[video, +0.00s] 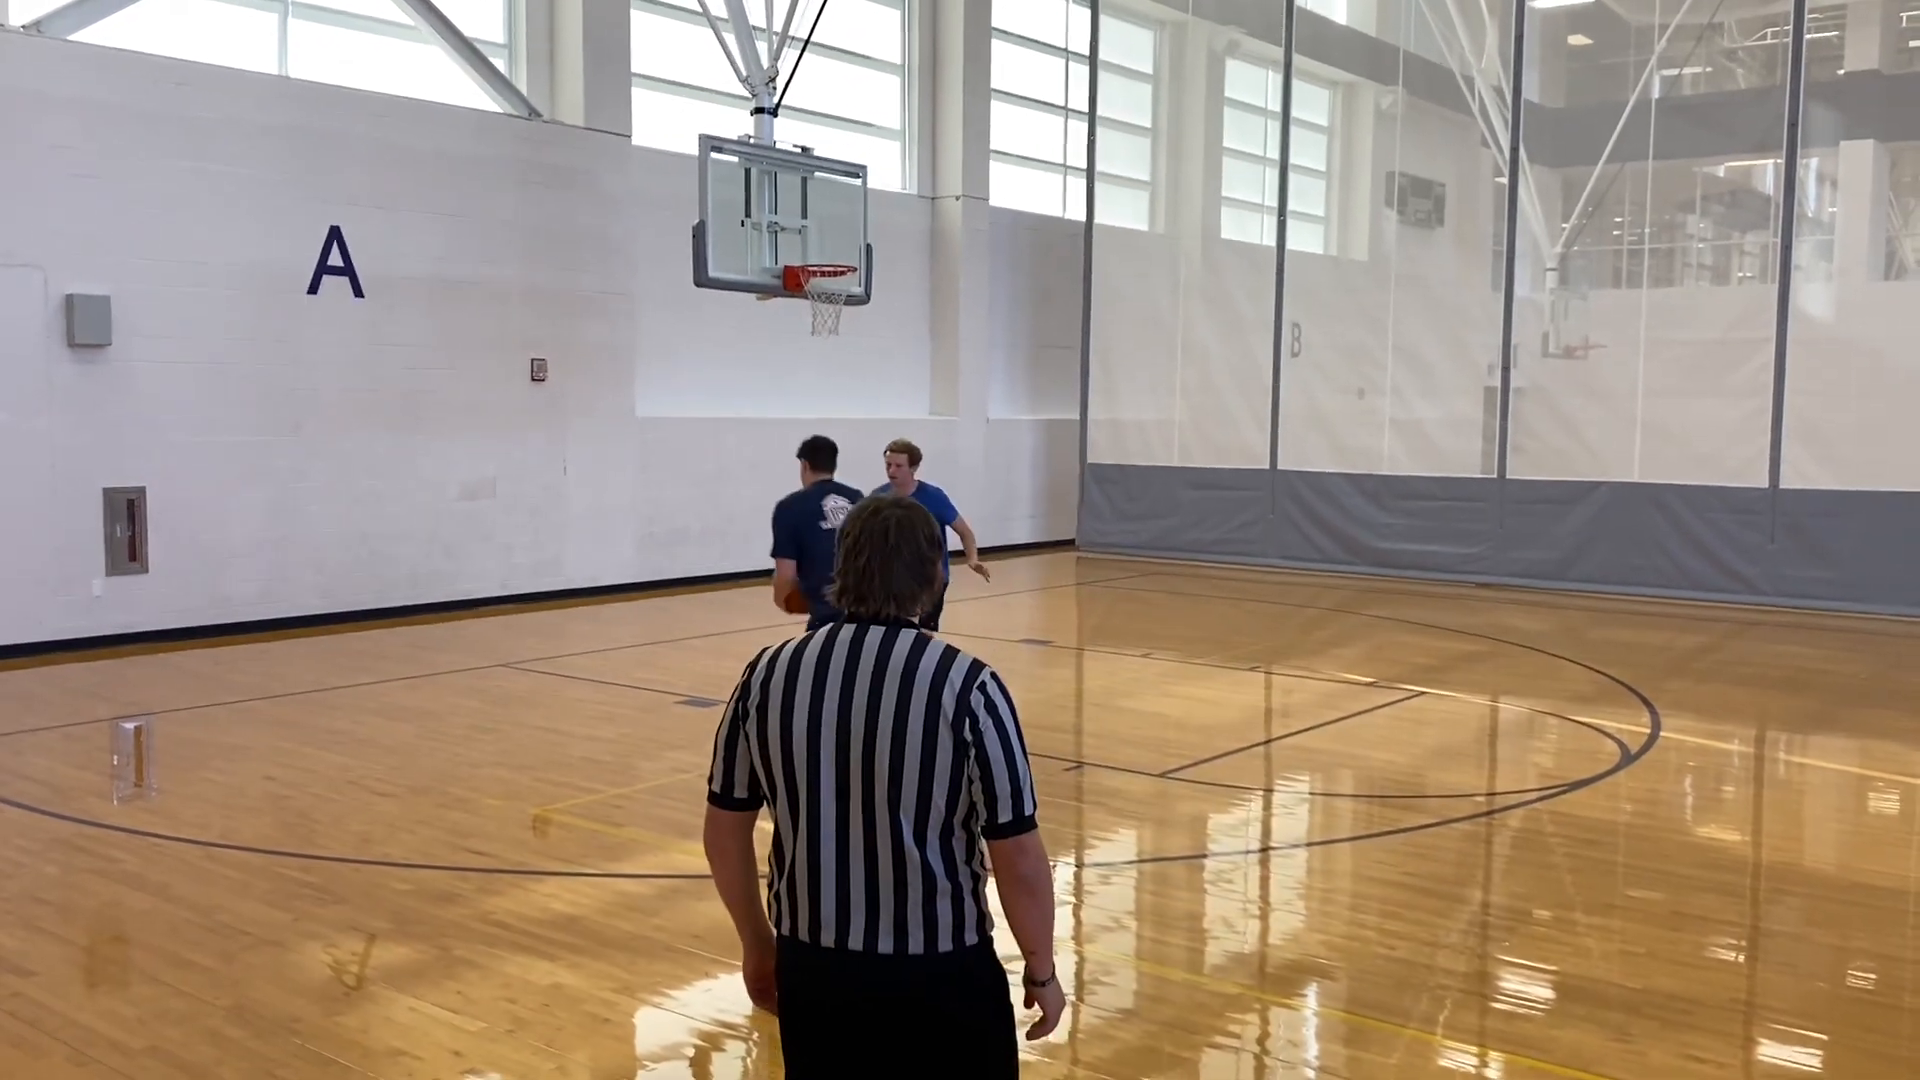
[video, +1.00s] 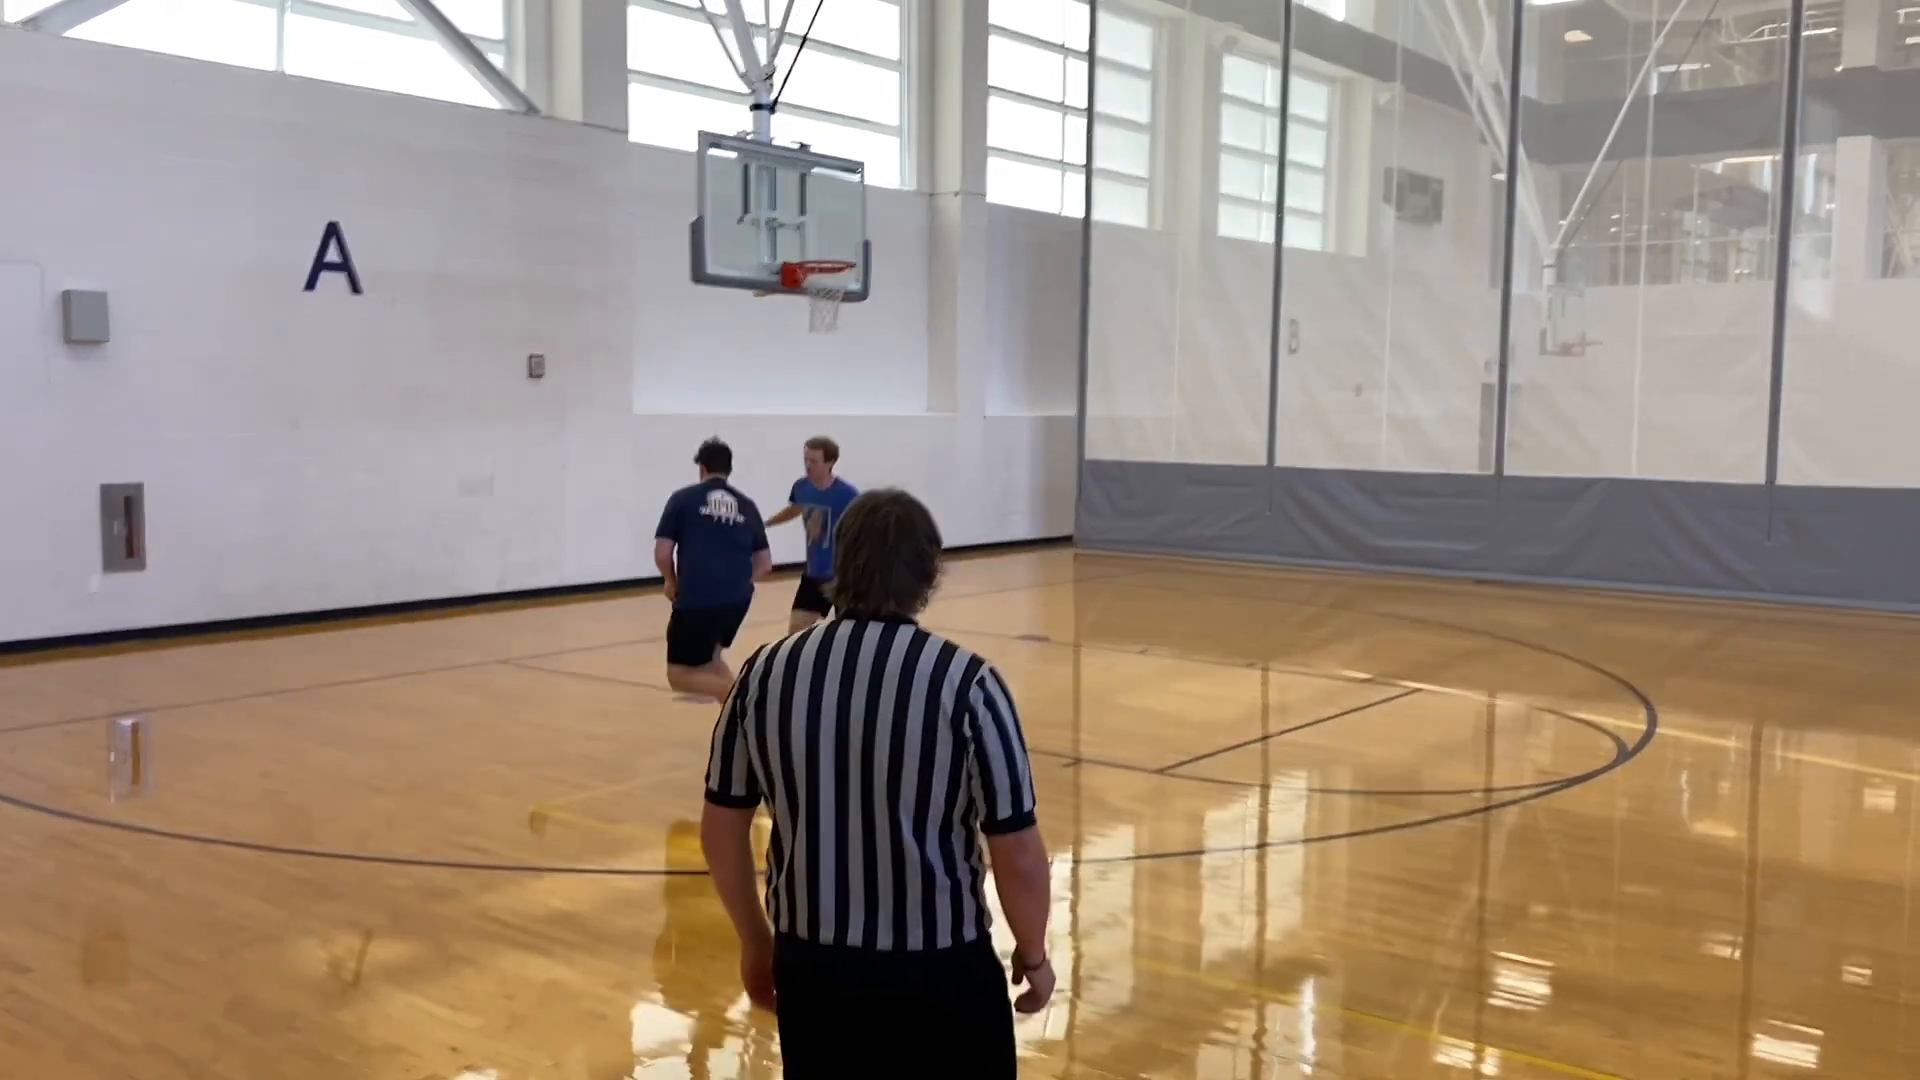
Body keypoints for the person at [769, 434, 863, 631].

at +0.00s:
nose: (800, 471)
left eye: (800, 466)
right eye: (799, 466)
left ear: (805, 466)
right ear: (833, 466)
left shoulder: (790, 507)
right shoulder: (857, 498)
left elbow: (787, 574)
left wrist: (781, 600)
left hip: (826, 615)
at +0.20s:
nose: (779, 461)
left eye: (779, 455)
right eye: (779, 455)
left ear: (784, 456)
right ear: (812, 457)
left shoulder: (763, 494)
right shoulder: (838, 490)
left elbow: (755, 560)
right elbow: (857, 540)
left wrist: (779, 581)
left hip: (795, 603)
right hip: (839, 600)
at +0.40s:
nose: (761, 458)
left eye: (761, 453)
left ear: (765, 454)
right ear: (793, 456)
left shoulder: (742, 485)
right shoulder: (813, 486)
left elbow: (725, 547)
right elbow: (847, 532)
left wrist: (754, 561)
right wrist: (819, 561)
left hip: (767, 592)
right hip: (808, 590)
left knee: (781, 661)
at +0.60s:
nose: (743, 462)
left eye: (743, 456)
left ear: (747, 458)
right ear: (775, 460)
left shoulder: (724, 488)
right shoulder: (794, 493)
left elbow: (702, 547)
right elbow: (826, 544)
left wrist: (731, 561)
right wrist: (793, 568)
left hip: (740, 594)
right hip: (780, 594)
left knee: (750, 667)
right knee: (761, 663)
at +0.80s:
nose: (727, 466)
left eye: (726, 462)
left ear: (728, 463)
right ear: (756, 465)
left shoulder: (706, 496)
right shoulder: (772, 501)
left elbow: (684, 552)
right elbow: (800, 557)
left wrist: (704, 573)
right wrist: (769, 573)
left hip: (718, 596)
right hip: (758, 596)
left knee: (724, 683)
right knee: (734, 655)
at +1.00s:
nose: (699, 471)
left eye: (699, 467)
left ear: (702, 468)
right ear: (729, 469)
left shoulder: (683, 499)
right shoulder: (747, 505)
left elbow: (663, 552)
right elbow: (764, 563)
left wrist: (670, 580)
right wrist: (739, 576)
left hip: (698, 595)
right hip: (738, 595)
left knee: (678, 675)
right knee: (713, 657)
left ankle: (735, 693)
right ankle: (742, 706)